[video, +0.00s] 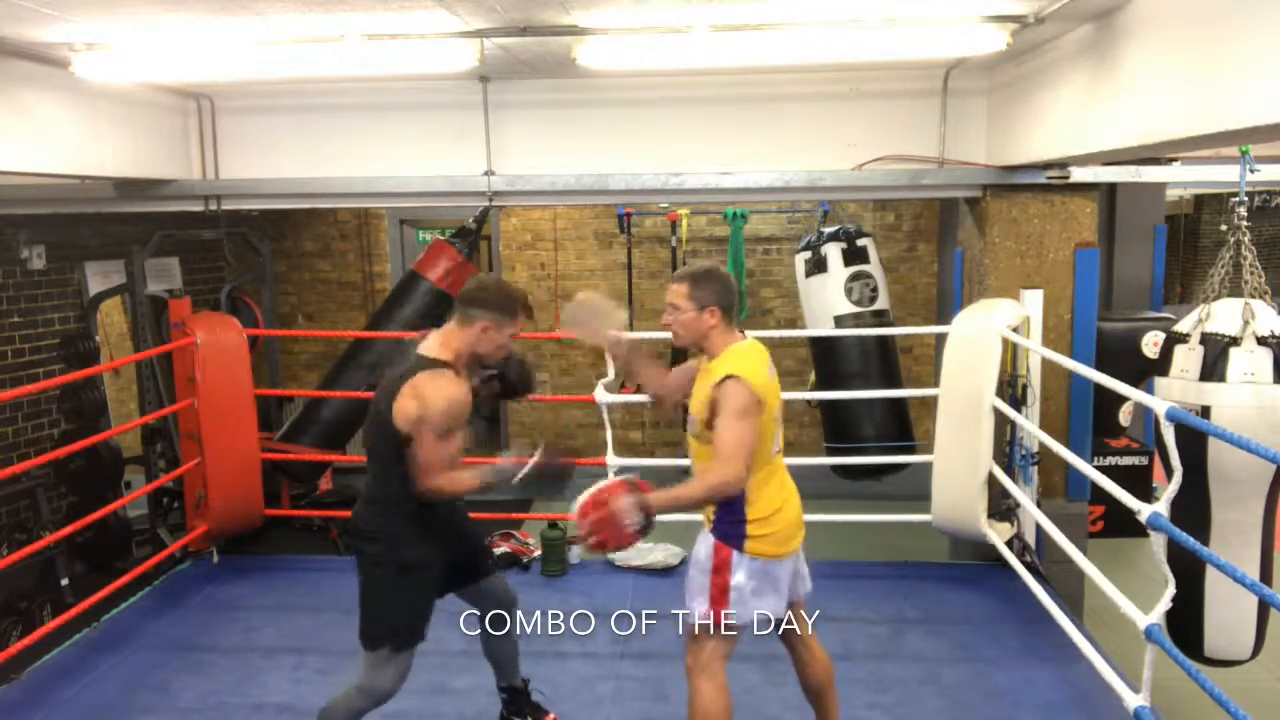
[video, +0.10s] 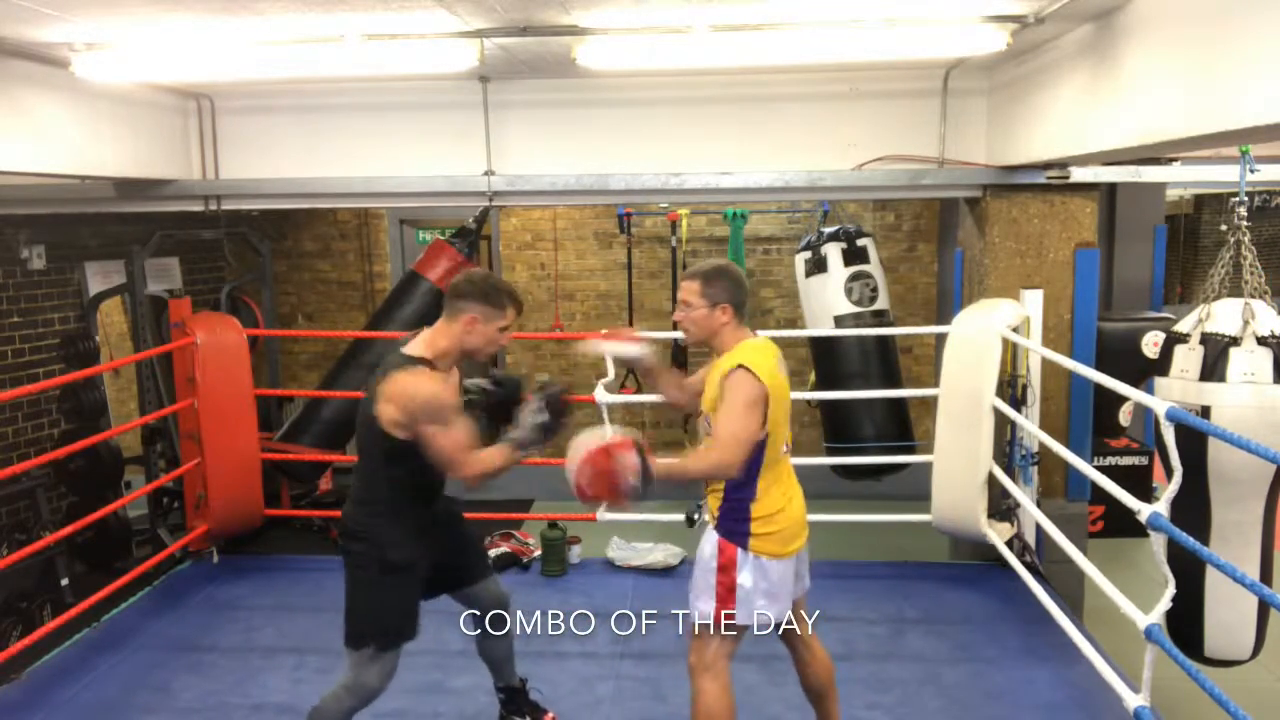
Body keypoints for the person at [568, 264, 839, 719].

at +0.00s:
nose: (666, 319)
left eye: (675, 309)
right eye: (666, 309)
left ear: (711, 316)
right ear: (713, 316)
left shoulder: (734, 379)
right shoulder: (738, 353)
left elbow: (729, 476)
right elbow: (665, 385)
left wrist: (646, 503)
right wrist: (621, 350)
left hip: (740, 534)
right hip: (776, 521)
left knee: (705, 662)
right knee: (797, 632)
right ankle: (830, 715)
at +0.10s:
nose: (677, 316)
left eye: (686, 306)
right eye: (678, 306)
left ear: (722, 312)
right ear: (724, 311)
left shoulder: (742, 372)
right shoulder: (758, 352)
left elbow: (727, 459)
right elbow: (687, 393)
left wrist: (647, 469)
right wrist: (645, 360)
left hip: (744, 534)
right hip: (782, 524)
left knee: (707, 661)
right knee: (797, 631)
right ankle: (830, 716)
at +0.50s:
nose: (689, 308)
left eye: (699, 298)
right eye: (690, 298)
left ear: (735, 306)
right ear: (738, 308)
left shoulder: (730, 353)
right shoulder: (778, 351)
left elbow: (662, 369)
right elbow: (746, 415)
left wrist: (589, 353)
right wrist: (680, 402)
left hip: (742, 532)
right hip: (788, 521)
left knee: (703, 659)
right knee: (797, 629)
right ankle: (830, 715)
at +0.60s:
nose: (697, 312)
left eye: (706, 303)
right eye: (698, 302)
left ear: (740, 312)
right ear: (746, 313)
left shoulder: (728, 354)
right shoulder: (790, 357)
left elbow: (638, 329)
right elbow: (751, 389)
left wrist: (563, 292)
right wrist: (701, 386)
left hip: (752, 536)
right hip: (797, 524)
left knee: (705, 661)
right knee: (798, 628)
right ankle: (827, 714)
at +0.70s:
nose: (707, 316)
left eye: (718, 306)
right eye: (709, 305)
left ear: (756, 316)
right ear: (759, 318)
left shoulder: (749, 356)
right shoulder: (797, 351)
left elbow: (662, 370)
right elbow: (749, 378)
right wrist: (704, 351)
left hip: (760, 534)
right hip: (804, 523)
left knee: (712, 658)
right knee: (806, 626)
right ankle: (842, 716)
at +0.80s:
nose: (719, 313)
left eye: (730, 303)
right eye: (719, 303)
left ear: (767, 309)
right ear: (764, 312)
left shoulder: (780, 359)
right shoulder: (786, 352)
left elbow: (764, 433)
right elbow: (747, 423)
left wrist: (692, 402)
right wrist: (697, 410)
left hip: (778, 528)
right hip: (806, 524)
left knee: (736, 655)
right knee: (813, 630)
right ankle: (843, 715)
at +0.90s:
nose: (728, 309)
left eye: (739, 299)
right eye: (728, 299)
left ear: (777, 306)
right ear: (767, 308)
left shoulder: (815, 360)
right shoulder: (753, 358)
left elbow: (820, 439)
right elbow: (745, 433)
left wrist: (757, 414)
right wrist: (695, 390)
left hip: (802, 524)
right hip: (776, 517)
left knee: (752, 644)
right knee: (816, 629)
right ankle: (843, 715)